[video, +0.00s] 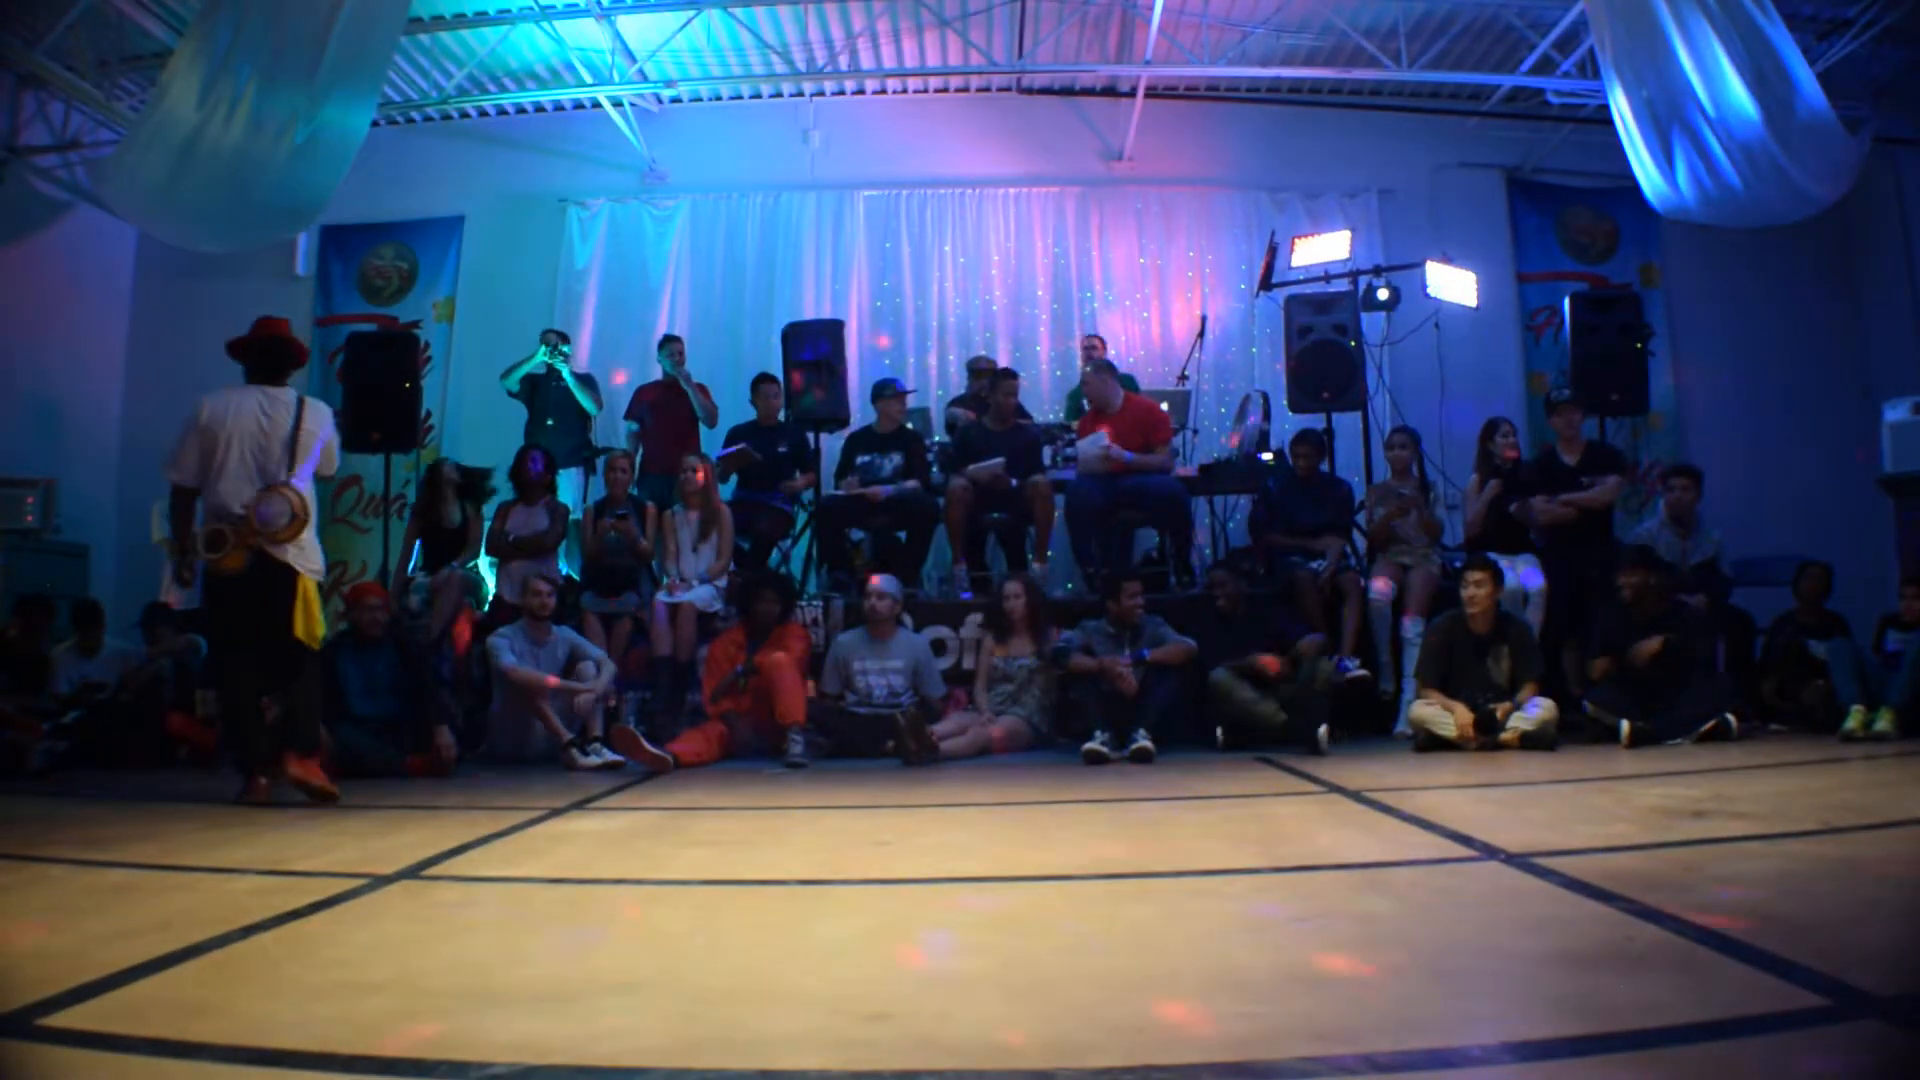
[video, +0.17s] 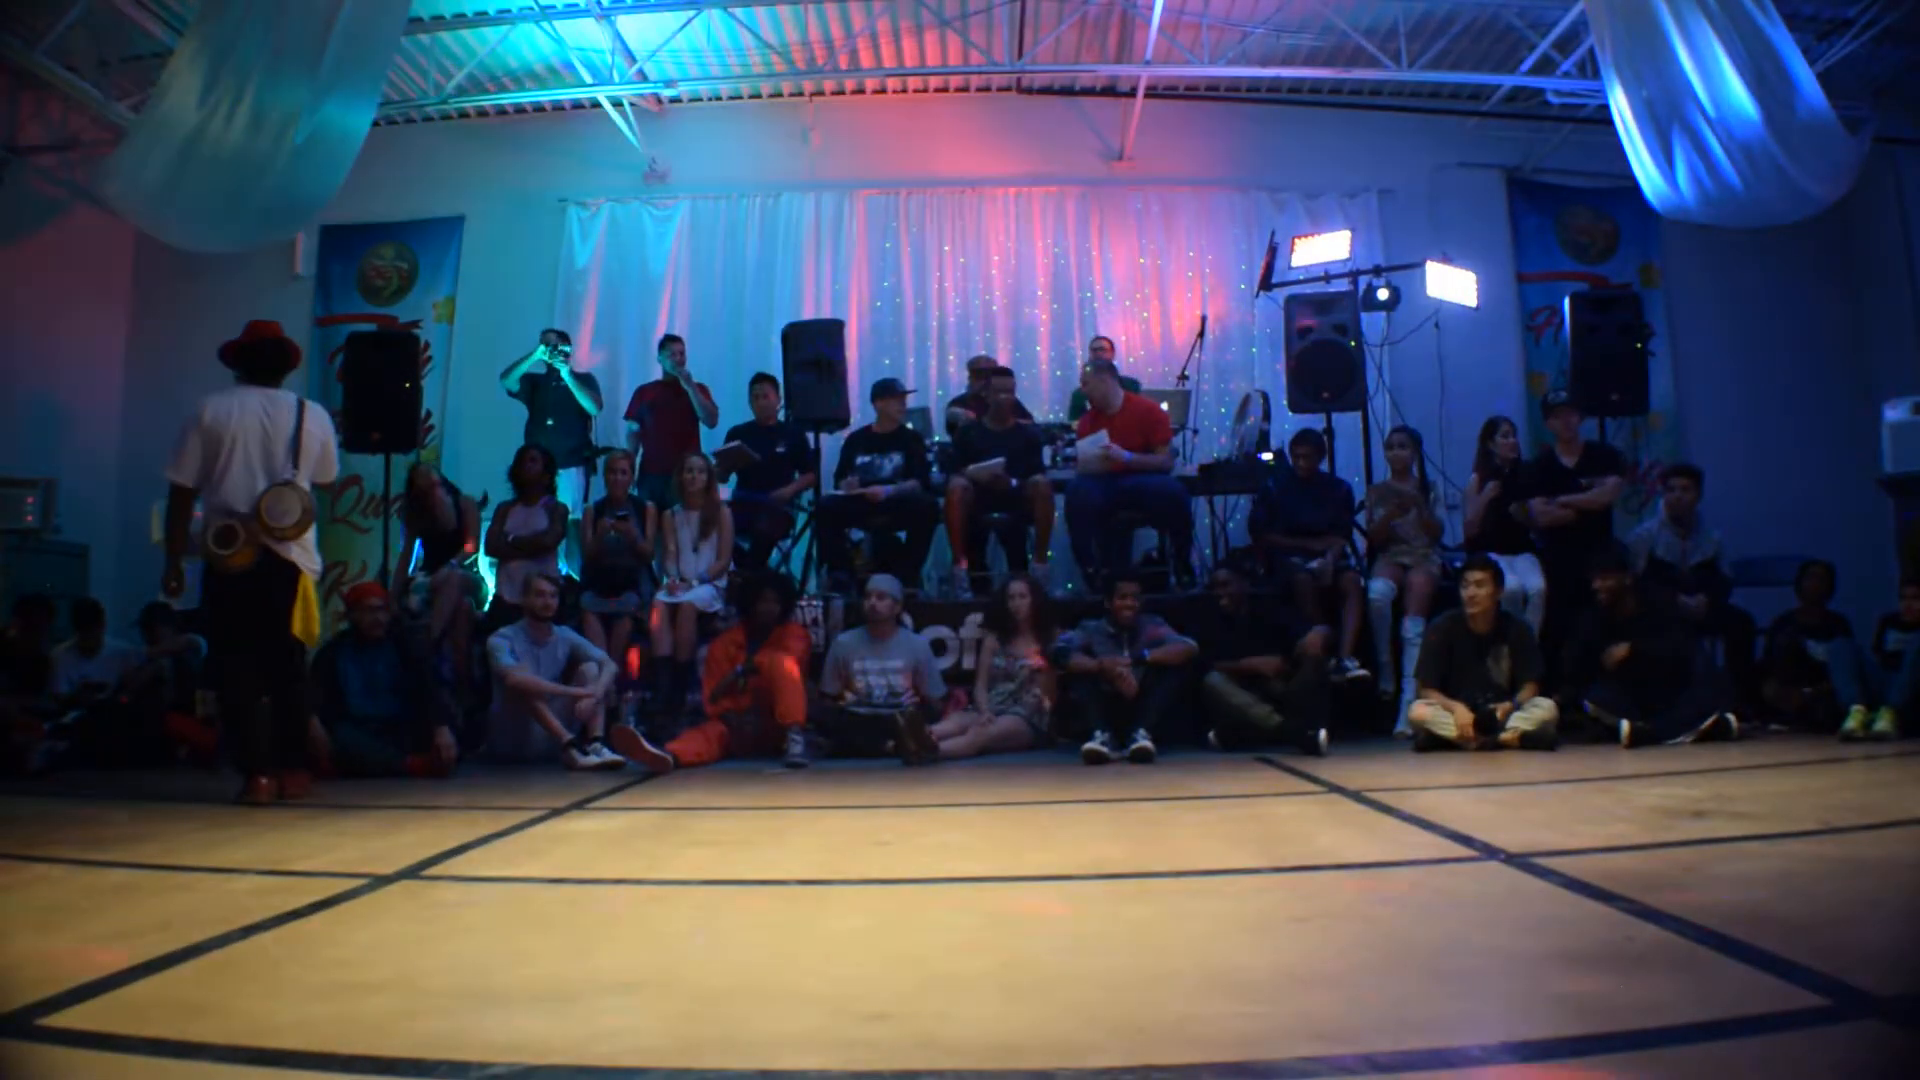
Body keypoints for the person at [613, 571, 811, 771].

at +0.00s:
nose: (767, 609)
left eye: (774, 603)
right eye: (761, 602)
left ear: (784, 607)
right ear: (748, 604)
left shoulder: (793, 634)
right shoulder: (725, 644)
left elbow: (786, 664)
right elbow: (713, 701)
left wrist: (750, 669)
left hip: (776, 718)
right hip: (739, 721)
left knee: (778, 660)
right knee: (709, 735)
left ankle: (794, 738)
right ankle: (670, 755)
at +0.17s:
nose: (768, 609)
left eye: (775, 603)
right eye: (762, 602)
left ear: (784, 607)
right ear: (749, 605)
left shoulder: (793, 634)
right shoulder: (725, 644)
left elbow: (787, 666)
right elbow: (713, 704)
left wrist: (754, 666)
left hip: (774, 717)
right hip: (736, 720)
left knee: (781, 662)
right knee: (709, 735)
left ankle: (794, 738)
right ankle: (669, 755)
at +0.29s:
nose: (769, 609)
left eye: (776, 603)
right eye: (763, 602)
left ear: (785, 607)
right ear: (749, 605)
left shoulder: (793, 633)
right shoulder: (724, 645)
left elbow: (787, 663)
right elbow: (713, 705)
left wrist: (754, 665)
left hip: (775, 719)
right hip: (736, 722)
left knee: (779, 661)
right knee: (711, 734)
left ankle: (795, 737)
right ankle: (670, 756)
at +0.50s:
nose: (768, 609)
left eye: (775, 603)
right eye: (762, 602)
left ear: (784, 607)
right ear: (749, 604)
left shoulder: (793, 634)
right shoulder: (724, 645)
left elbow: (790, 662)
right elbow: (713, 703)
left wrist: (756, 665)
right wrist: (735, 676)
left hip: (775, 718)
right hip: (737, 721)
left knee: (779, 661)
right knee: (709, 734)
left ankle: (795, 737)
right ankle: (670, 756)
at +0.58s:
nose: (768, 609)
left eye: (775, 603)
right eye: (762, 602)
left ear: (784, 607)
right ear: (749, 604)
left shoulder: (793, 634)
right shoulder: (724, 645)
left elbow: (790, 666)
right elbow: (714, 703)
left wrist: (756, 665)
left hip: (775, 718)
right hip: (738, 721)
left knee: (779, 661)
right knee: (711, 733)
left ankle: (794, 738)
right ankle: (671, 756)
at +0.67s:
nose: (768, 609)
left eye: (774, 603)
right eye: (762, 602)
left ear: (784, 607)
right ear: (749, 605)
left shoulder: (793, 634)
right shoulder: (724, 645)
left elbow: (787, 669)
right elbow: (714, 705)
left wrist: (751, 666)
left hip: (774, 717)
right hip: (738, 720)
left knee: (780, 661)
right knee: (711, 734)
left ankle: (794, 739)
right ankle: (670, 755)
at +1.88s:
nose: (767, 609)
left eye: (773, 603)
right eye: (761, 602)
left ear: (783, 606)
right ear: (748, 605)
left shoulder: (793, 633)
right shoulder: (724, 645)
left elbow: (789, 666)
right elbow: (713, 704)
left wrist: (753, 668)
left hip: (775, 715)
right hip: (738, 721)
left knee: (778, 660)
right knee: (711, 734)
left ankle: (795, 737)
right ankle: (670, 755)